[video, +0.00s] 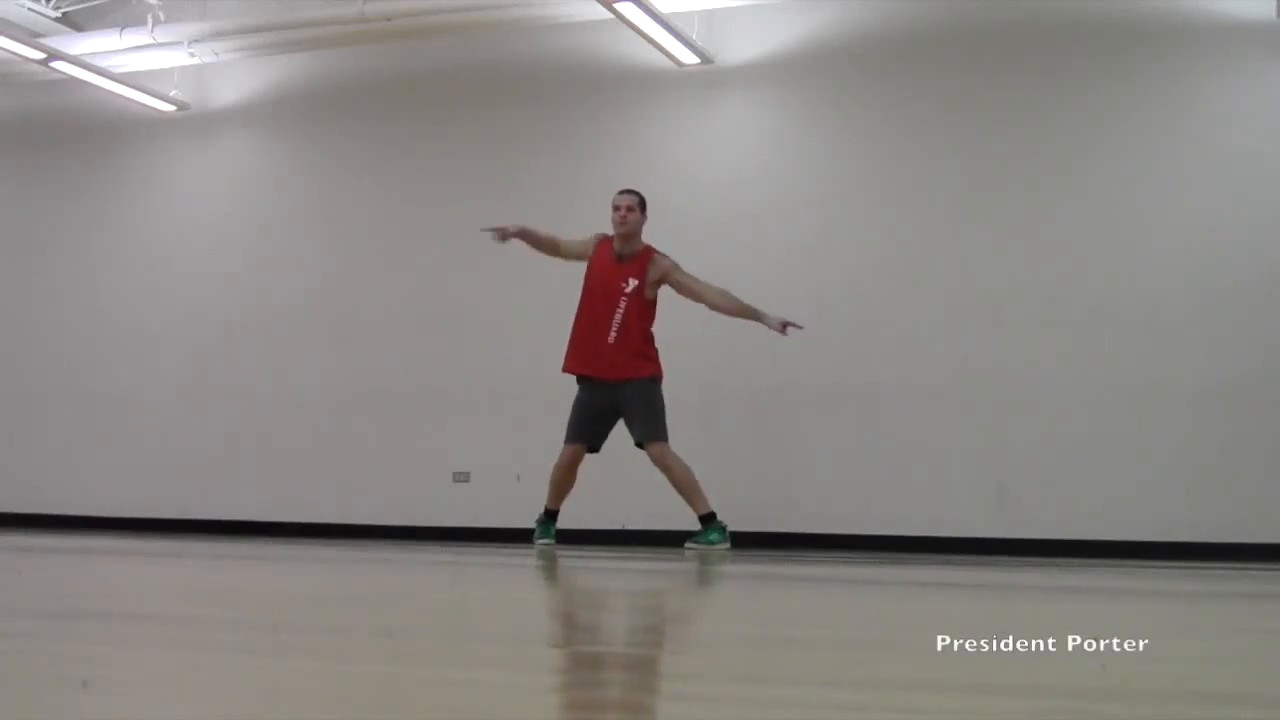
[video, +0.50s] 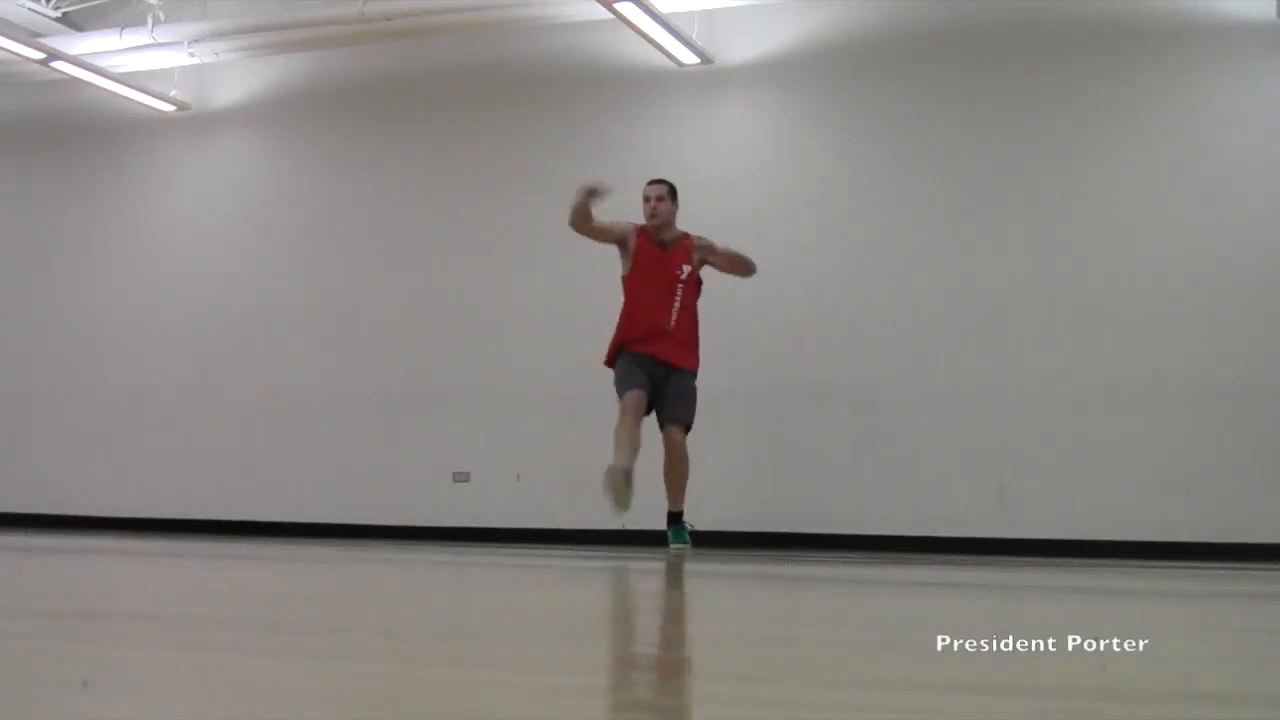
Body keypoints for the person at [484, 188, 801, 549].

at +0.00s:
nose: (621, 214)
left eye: (630, 209)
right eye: (617, 209)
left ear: (643, 219)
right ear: (610, 216)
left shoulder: (657, 264)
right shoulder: (596, 247)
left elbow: (710, 295)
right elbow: (557, 247)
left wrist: (764, 318)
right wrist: (521, 232)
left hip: (638, 378)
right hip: (594, 377)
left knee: (657, 450)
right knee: (571, 452)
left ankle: (711, 526)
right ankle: (547, 521)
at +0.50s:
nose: (652, 206)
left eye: (660, 200)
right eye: (647, 200)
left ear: (675, 206)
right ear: (642, 207)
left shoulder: (694, 246)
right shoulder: (630, 236)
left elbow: (747, 269)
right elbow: (582, 225)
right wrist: (582, 199)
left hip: (678, 356)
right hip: (635, 350)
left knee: (675, 436)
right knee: (632, 403)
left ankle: (676, 521)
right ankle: (621, 485)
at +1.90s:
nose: (697, 212)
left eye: (703, 206)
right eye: (690, 207)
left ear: (718, 208)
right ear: (683, 210)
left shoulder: (736, 239)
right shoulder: (669, 235)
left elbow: (718, 255)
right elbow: (691, 223)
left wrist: (667, 241)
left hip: (715, 357)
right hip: (670, 356)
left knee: (711, 425)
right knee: (662, 447)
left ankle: (706, 521)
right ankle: (672, 519)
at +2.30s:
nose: (704, 198)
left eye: (711, 191)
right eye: (697, 192)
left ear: (728, 191)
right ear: (691, 193)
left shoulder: (749, 220)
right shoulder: (679, 228)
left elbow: (739, 226)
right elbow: (664, 283)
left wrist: (690, 215)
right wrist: (683, 253)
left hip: (734, 340)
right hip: (690, 331)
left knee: (730, 430)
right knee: (707, 308)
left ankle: (710, 520)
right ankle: (691, 386)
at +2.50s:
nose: (705, 175)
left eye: (713, 167)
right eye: (700, 168)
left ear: (729, 166)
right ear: (692, 170)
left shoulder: (758, 203)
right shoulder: (679, 208)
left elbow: (782, 264)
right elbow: (666, 268)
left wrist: (783, 324)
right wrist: (669, 317)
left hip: (741, 325)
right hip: (695, 319)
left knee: (735, 426)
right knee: (696, 374)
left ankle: (720, 516)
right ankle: (691, 474)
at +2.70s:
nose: (704, 206)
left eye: (711, 197)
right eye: (697, 198)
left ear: (728, 198)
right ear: (690, 199)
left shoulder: (757, 239)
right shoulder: (675, 242)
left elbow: (774, 300)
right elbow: (662, 301)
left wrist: (783, 360)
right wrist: (673, 355)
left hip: (745, 359)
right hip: (697, 356)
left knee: (736, 448)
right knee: (697, 422)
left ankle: (726, 525)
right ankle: (688, 519)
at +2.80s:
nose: (697, 183)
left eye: (705, 175)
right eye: (690, 176)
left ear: (721, 177)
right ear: (683, 178)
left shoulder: (750, 217)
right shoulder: (666, 222)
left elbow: (767, 279)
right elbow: (664, 282)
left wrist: (776, 339)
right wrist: (671, 330)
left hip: (745, 340)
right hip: (695, 338)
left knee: (737, 434)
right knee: (694, 408)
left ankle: (724, 515)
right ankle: (690, 517)